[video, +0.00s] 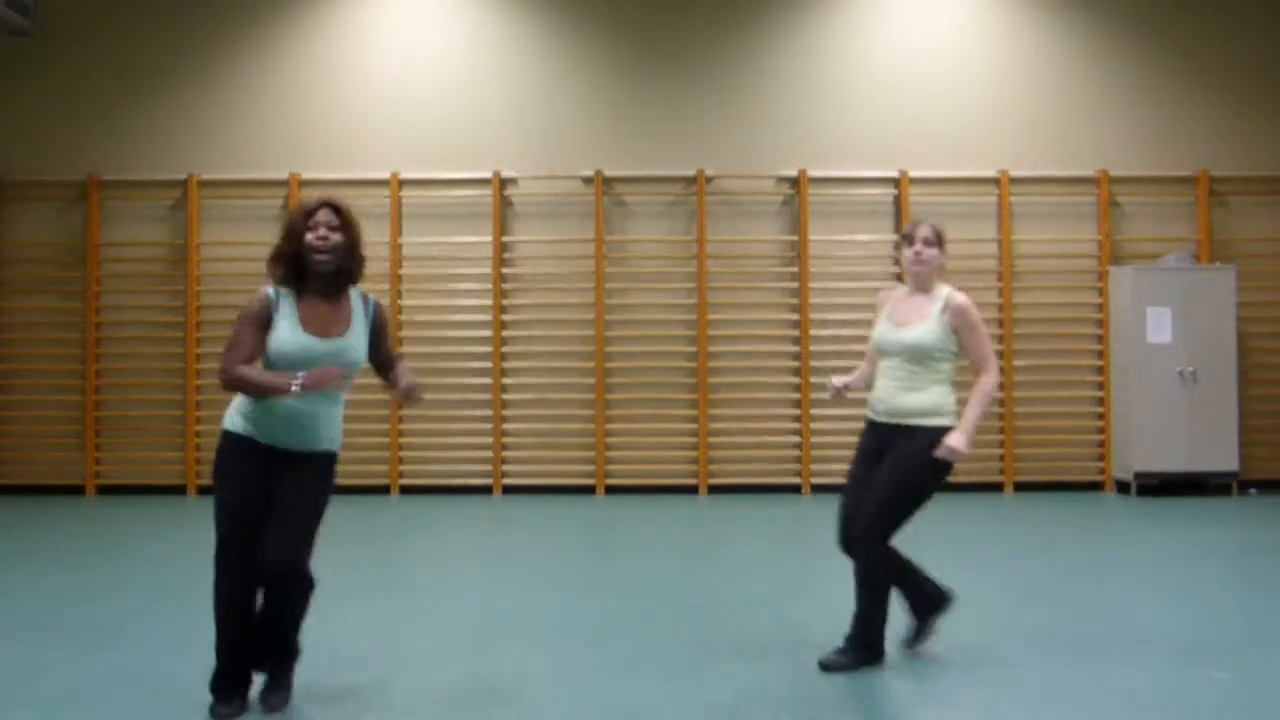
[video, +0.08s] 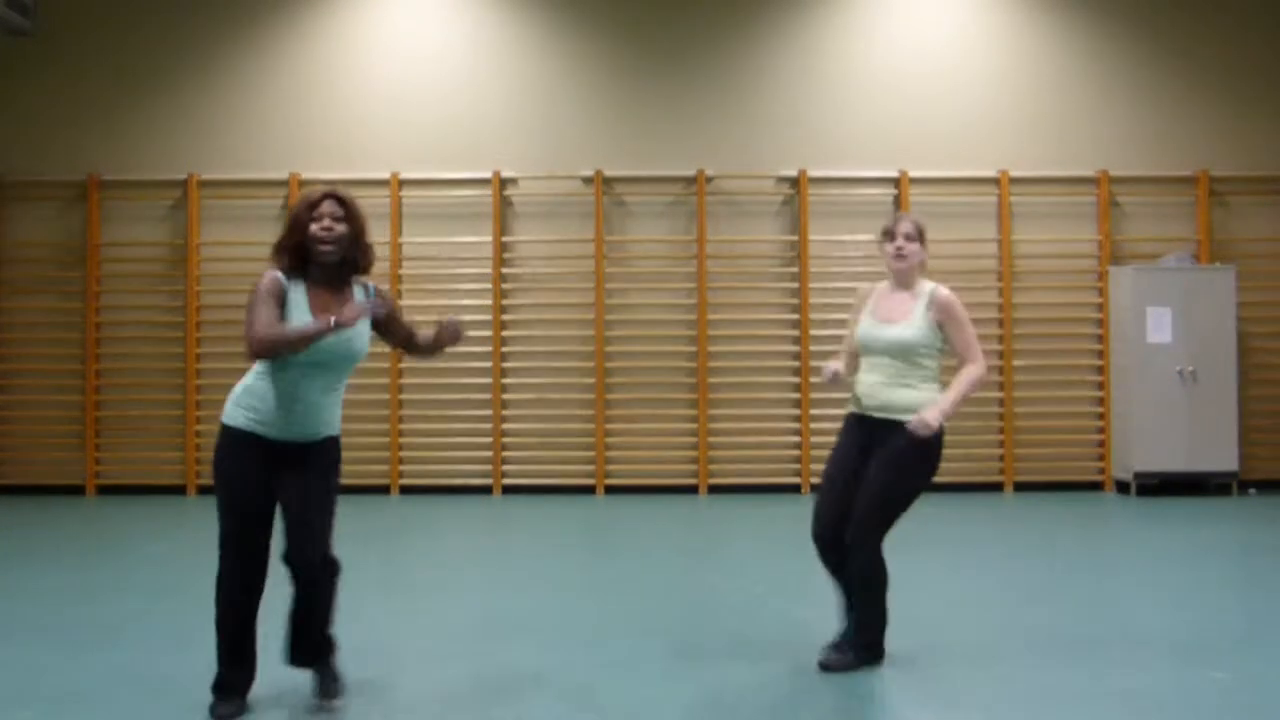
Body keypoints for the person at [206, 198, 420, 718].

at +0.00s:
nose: (323, 237)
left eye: (334, 229)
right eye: (313, 229)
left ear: (351, 243)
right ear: (297, 241)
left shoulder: (369, 312)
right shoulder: (270, 302)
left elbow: (386, 363)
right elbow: (232, 371)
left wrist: (401, 381)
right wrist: (297, 382)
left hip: (313, 455)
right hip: (249, 445)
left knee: (285, 564)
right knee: (235, 566)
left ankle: (279, 666)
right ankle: (229, 684)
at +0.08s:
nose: (325, 226)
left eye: (337, 219)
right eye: (316, 218)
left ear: (354, 234)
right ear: (300, 232)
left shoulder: (367, 296)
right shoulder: (277, 283)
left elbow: (410, 340)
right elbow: (259, 343)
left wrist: (437, 337)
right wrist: (326, 326)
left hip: (314, 443)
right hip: (249, 437)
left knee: (312, 559)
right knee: (240, 565)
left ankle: (318, 657)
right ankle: (230, 688)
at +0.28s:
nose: (347, 226)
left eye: (357, 219)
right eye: (336, 218)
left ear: (372, 229)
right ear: (318, 227)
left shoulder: (384, 278)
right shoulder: (299, 272)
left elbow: (455, 286)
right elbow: (323, 273)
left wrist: (517, 273)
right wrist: (399, 254)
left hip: (345, 441)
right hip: (280, 437)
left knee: (364, 565)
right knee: (262, 564)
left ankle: (391, 682)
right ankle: (232, 690)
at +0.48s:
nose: (375, 234)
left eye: (384, 225)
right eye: (364, 226)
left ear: (399, 235)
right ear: (349, 237)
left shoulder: (411, 294)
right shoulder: (327, 291)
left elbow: (438, 357)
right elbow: (310, 361)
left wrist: (455, 349)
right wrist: (373, 342)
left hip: (378, 443)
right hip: (319, 443)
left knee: (390, 567)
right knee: (344, 562)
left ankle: (392, 683)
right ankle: (332, 692)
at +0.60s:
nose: (386, 227)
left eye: (395, 219)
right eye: (376, 220)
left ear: (411, 230)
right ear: (359, 231)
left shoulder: (422, 288)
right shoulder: (342, 285)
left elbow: (457, 340)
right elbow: (322, 349)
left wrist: (481, 319)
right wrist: (379, 315)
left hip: (394, 440)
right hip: (333, 440)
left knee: (431, 542)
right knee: (342, 564)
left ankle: (411, 671)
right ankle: (328, 684)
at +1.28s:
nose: (420, 242)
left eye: (428, 234)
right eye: (410, 235)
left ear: (444, 243)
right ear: (396, 246)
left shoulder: (470, 297)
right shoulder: (385, 307)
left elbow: (496, 356)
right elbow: (352, 369)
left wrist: (439, 346)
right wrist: (359, 351)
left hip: (476, 440)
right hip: (419, 447)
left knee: (494, 557)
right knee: (406, 562)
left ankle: (521, 670)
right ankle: (446, 634)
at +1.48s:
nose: (388, 236)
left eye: (397, 230)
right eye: (378, 229)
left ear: (414, 242)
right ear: (365, 241)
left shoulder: (422, 290)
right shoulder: (351, 290)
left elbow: (389, 256)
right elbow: (285, 283)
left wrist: (342, 215)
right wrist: (246, 245)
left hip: (429, 445)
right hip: (367, 445)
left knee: (465, 553)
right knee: (338, 556)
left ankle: (518, 663)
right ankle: (323, 664)